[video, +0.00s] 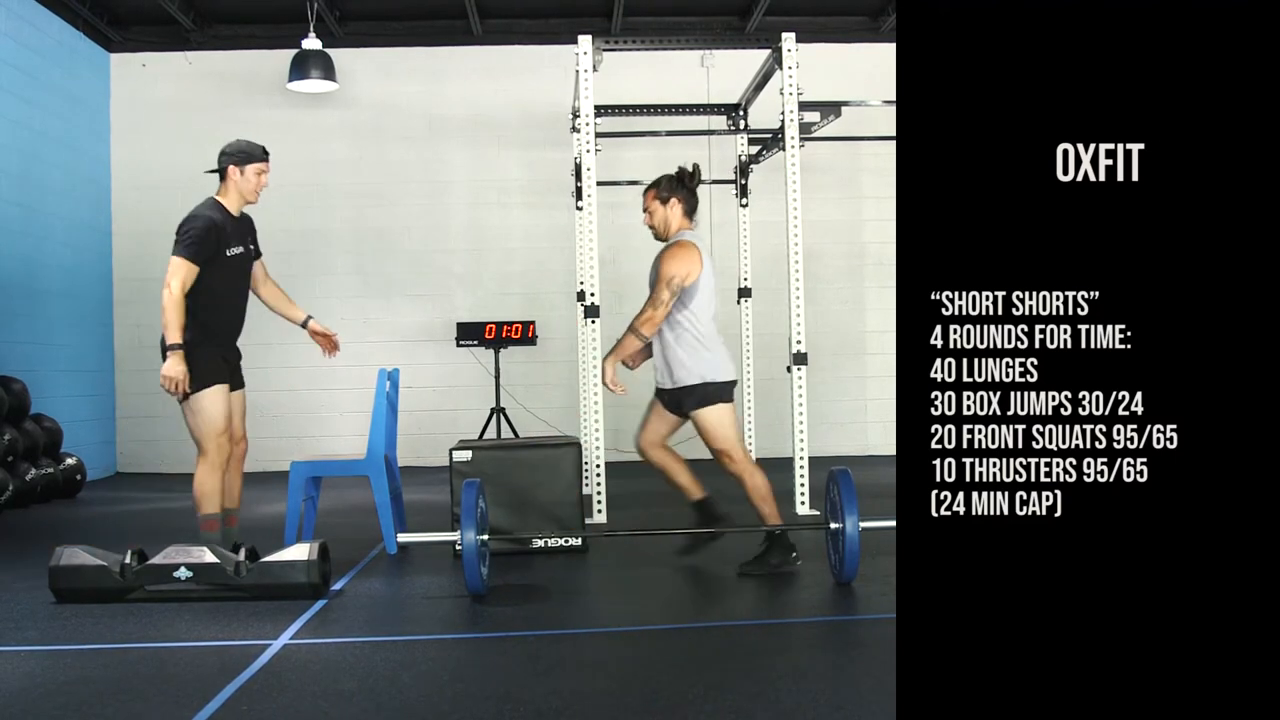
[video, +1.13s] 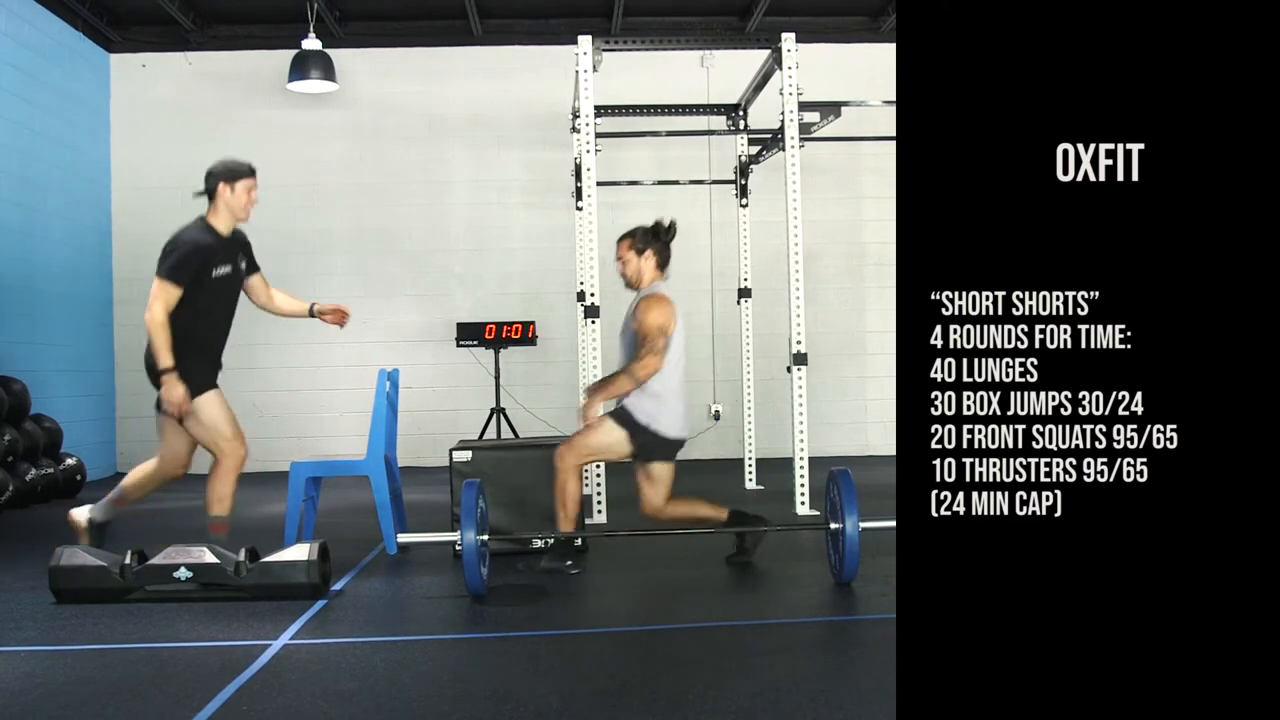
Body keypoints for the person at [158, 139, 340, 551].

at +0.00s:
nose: (265, 183)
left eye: (266, 175)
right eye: (259, 174)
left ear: (244, 175)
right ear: (233, 172)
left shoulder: (244, 224)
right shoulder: (203, 223)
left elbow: (263, 284)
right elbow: (173, 288)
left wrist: (308, 323)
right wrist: (174, 353)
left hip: (224, 349)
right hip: (195, 351)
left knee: (236, 445)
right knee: (213, 449)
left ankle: (230, 545)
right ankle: (211, 552)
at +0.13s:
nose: (267, 187)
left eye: (268, 179)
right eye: (261, 178)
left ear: (242, 178)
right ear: (235, 175)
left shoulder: (243, 224)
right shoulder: (206, 224)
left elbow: (263, 282)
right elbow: (172, 290)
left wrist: (303, 315)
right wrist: (170, 359)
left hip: (220, 348)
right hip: (191, 348)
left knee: (234, 445)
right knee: (217, 448)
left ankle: (213, 542)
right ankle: (213, 550)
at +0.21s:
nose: (265, 193)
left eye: (267, 185)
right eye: (260, 184)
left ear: (245, 183)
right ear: (234, 179)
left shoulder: (246, 227)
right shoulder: (200, 229)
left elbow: (265, 284)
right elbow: (164, 295)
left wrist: (292, 315)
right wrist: (160, 363)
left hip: (218, 352)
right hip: (187, 354)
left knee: (218, 450)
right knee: (224, 450)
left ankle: (153, 532)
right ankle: (214, 553)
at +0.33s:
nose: (263, 216)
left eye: (265, 208)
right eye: (257, 207)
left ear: (238, 206)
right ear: (232, 203)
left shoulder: (249, 251)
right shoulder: (191, 252)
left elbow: (269, 307)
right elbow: (147, 315)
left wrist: (277, 332)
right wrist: (132, 382)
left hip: (208, 371)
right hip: (180, 370)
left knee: (181, 474)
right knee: (245, 453)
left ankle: (94, 513)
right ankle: (220, 554)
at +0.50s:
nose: (262, 276)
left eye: (264, 268)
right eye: (257, 267)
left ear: (237, 264)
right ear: (231, 263)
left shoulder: (246, 309)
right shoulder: (186, 308)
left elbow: (266, 368)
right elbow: (132, 360)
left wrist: (259, 383)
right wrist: (99, 423)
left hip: (193, 419)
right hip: (163, 417)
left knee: (158, 523)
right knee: (255, 461)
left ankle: (61, 531)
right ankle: (223, 557)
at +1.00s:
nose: (246, 241)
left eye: (247, 234)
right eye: (240, 234)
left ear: (223, 238)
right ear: (214, 235)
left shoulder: (236, 286)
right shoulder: (181, 288)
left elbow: (268, 331)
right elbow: (139, 351)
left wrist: (287, 334)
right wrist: (146, 416)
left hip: (194, 407)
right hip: (171, 408)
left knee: (145, 499)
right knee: (250, 458)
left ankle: (57, 532)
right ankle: (222, 556)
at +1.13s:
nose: (255, 199)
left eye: (255, 192)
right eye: (249, 191)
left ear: (230, 192)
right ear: (224, 190)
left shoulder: (237, 242)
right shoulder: (189, 243)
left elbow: (264, 296)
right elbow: (155, 311)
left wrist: (315, 310)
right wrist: (169, 376)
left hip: (198, 364)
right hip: (180, 366)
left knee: (171, 463)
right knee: (231, 451)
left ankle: (92, 516)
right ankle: (218, 556)